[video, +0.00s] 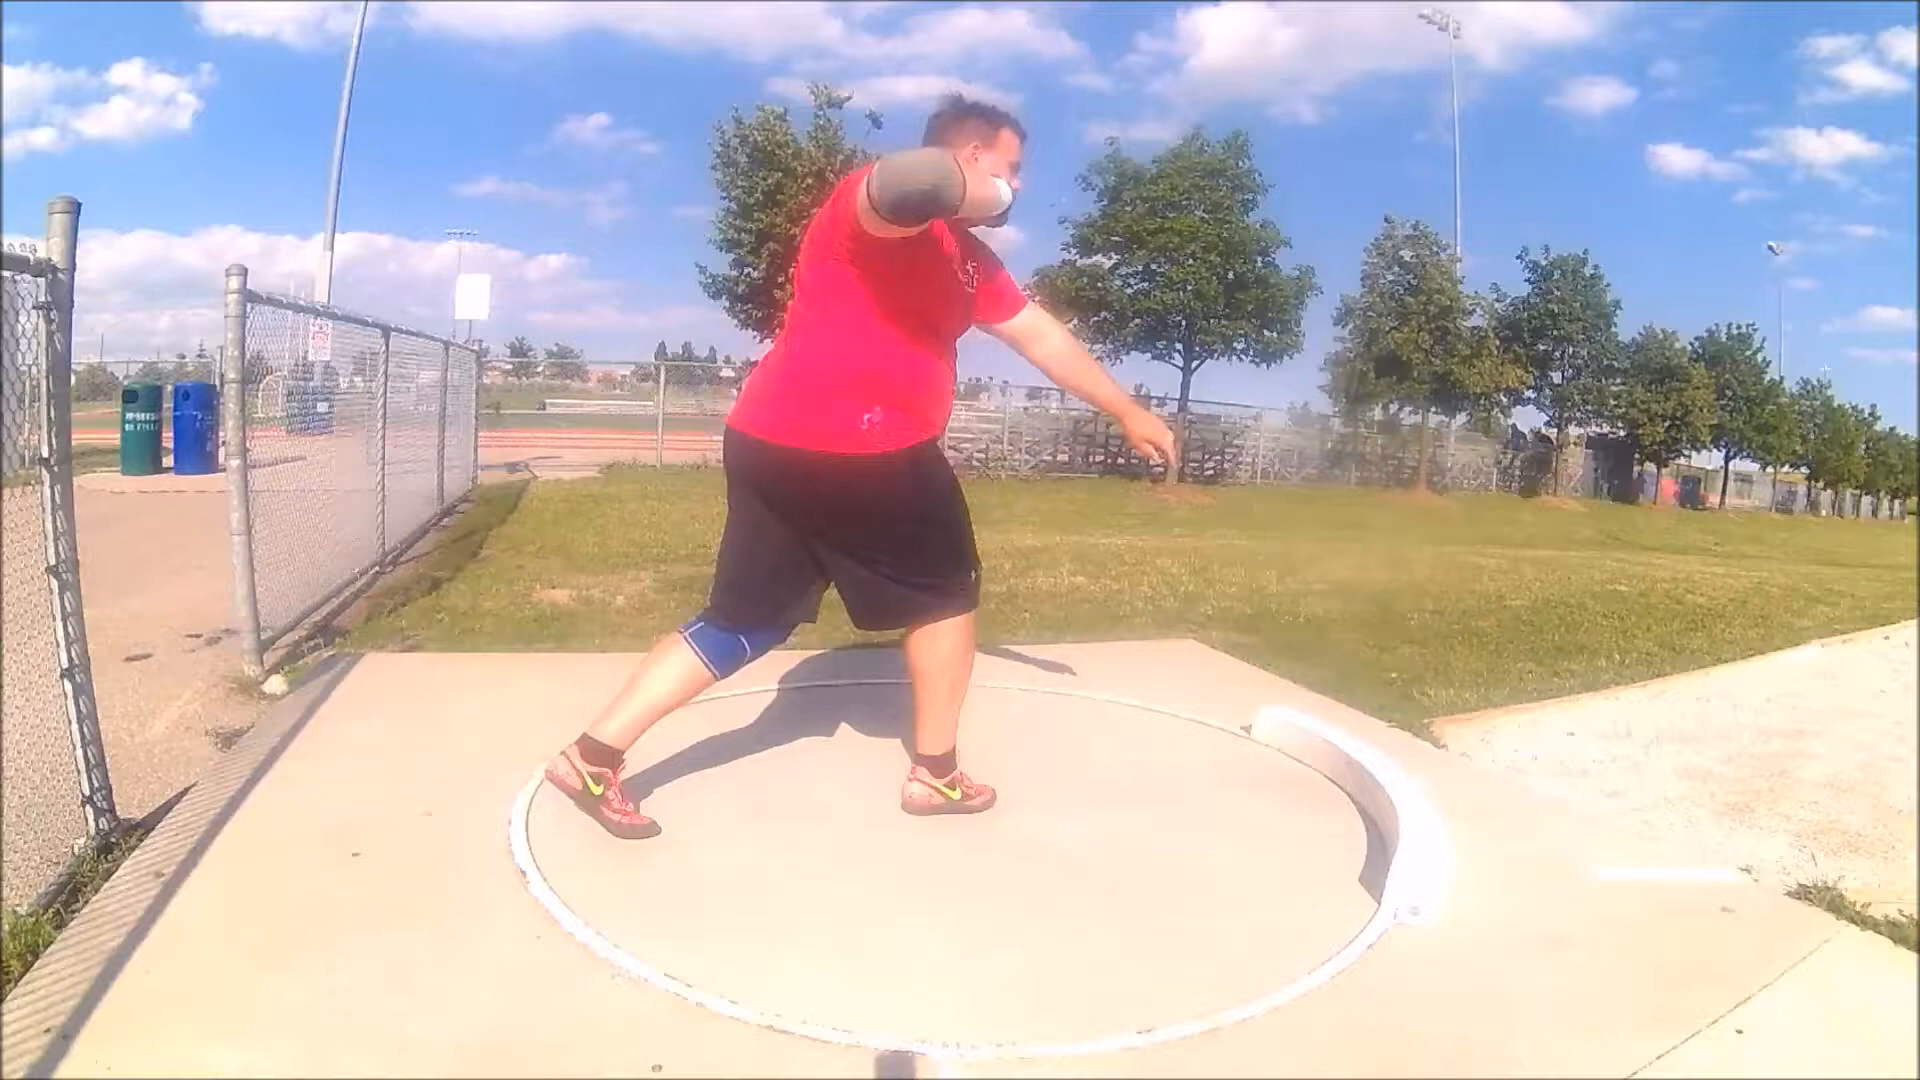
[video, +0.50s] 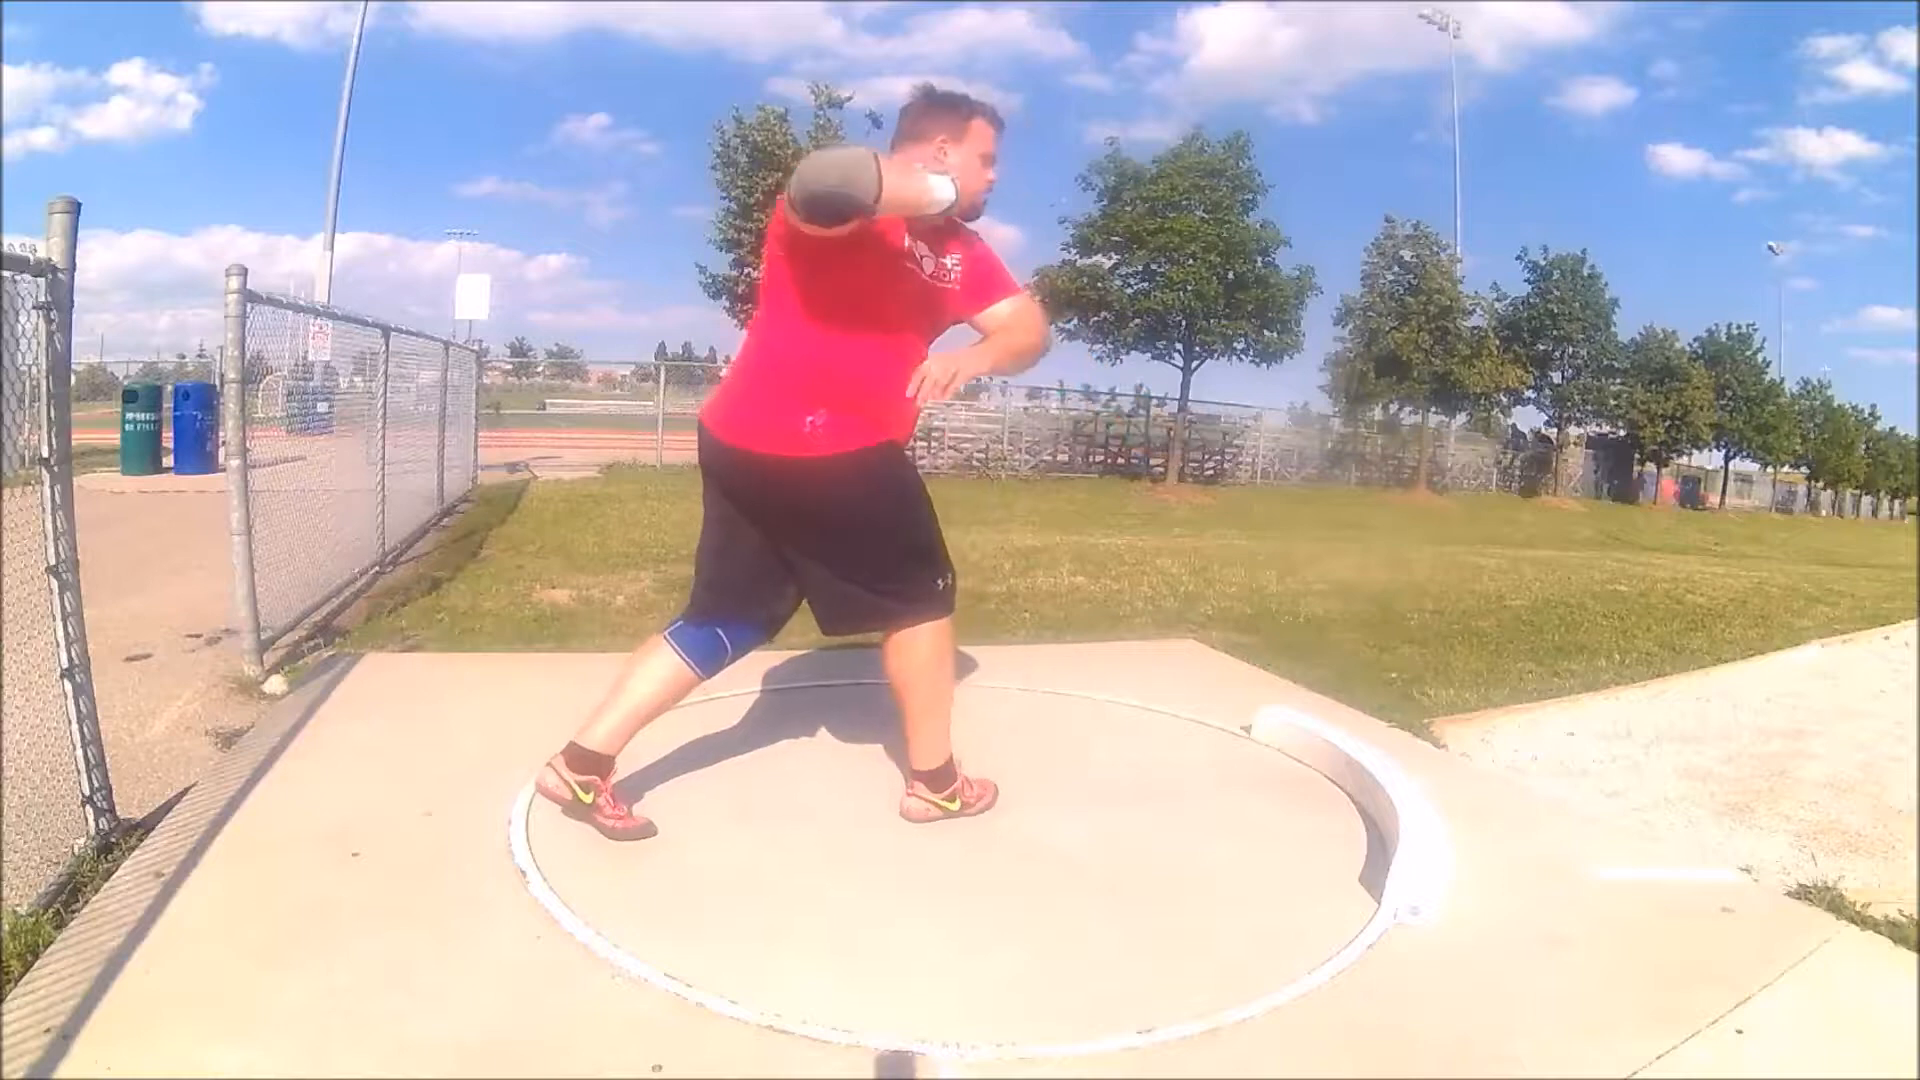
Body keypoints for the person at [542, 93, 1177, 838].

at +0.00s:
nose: (1014, 187)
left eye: (1017, 175)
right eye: (1010, 170)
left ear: (971, 160)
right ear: (962, 156)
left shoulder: (970, 261)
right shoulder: (871, 199)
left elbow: (1042, 337)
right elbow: (900, 189)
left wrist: (1129, 410)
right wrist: (961, 186)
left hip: (768, 441)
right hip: (876, 454)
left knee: (742, 618)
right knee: (945, 598)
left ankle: (596, 751)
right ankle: (933, 769)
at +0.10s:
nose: (1012, 184)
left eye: (1014, 171)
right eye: (1007, 166)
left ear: (967, 156)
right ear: (961, 154)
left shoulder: (976, 261)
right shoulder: (854, 198)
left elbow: (1052, 339)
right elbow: (872, 185)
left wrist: (1133, 413)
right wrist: (934, 184)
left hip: (762, 442)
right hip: (871, 454)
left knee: (733, 618)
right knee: (938, 599)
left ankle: (593, 751)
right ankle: (933, 772)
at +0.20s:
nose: (1006, 180)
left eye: (1007, 163)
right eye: (1000, 158)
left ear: (949, 156)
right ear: (951, 148)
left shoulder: (966, 252)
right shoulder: (839, 200)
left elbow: (1045, 328)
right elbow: (832, 177)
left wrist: (1080, 396)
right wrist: (941, 181)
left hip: (755, 437)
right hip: (863, 447)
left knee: (732, 611)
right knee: (928, 593)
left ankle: (589, 754)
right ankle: (934, 770)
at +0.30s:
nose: (998, 172)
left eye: (1001, 157)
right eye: (990, 154)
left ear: (954, 148)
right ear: (940, 145)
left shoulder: (968, 250)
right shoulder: (831, 193)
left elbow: (1037, 327)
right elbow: (804, 172)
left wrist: (999, 374)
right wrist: (928, 173)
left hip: (748, 437)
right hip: (853, 448)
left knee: (726, 612)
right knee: (920, 595)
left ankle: (585, 756)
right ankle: (934, 769)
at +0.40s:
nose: (994, 170)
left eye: (996, 156)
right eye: (985, 152)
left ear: (948, 147)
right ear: (936, 144)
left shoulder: (965, 246)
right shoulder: (826, 194)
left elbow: (1028, 326)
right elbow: (796, 169)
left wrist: (949, 351)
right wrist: (922, 175)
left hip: (744, 437)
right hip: (847, 446)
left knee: (726, 612)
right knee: (918, 595)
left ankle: (585, 756)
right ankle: (934, 772)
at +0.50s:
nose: (993, 179)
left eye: (994, 164)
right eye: (985, 161)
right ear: (935, 154)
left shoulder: (961, 253)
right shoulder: (826, 202)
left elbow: (1028, 330)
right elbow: (831, 182)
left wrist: (971, 359)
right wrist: (942, 190)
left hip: (739, 437)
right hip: (842, 451)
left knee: (727, 616)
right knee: (921, 598)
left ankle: (582, 761)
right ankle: (933, 776)